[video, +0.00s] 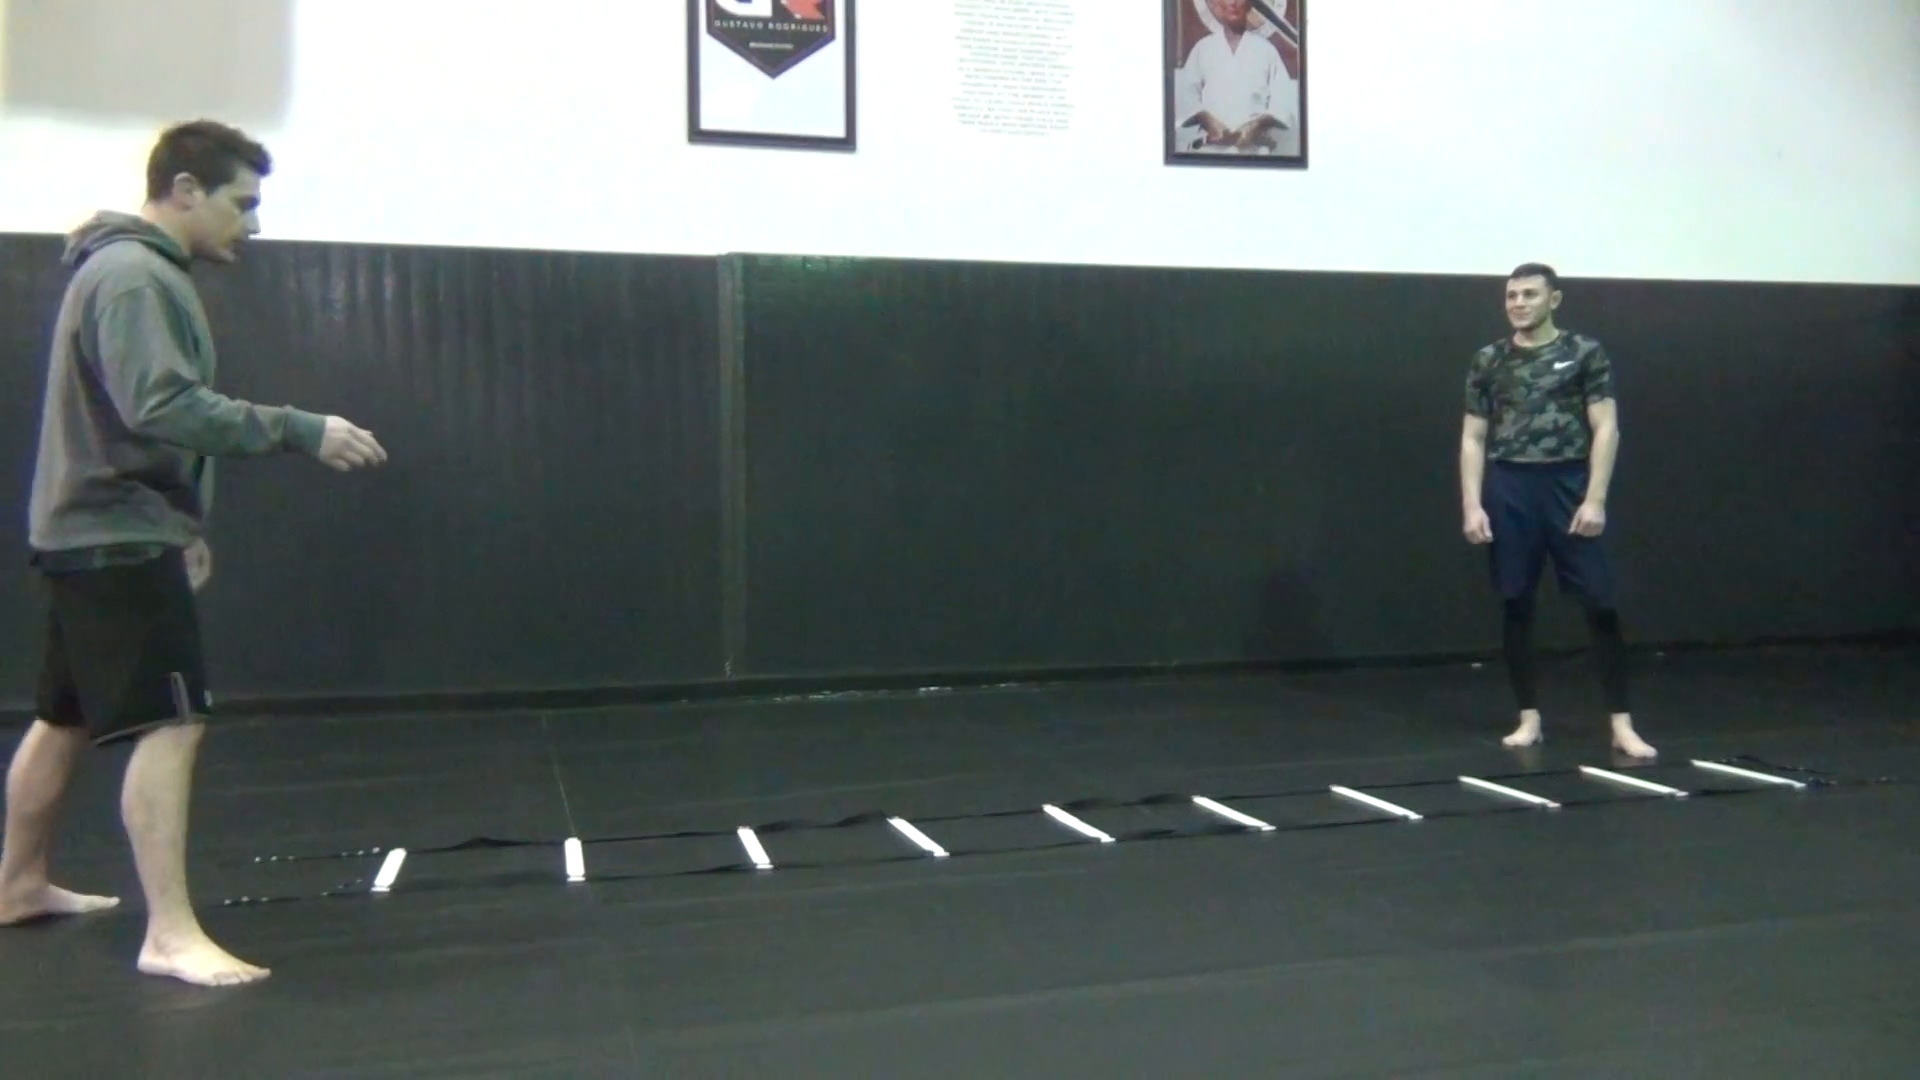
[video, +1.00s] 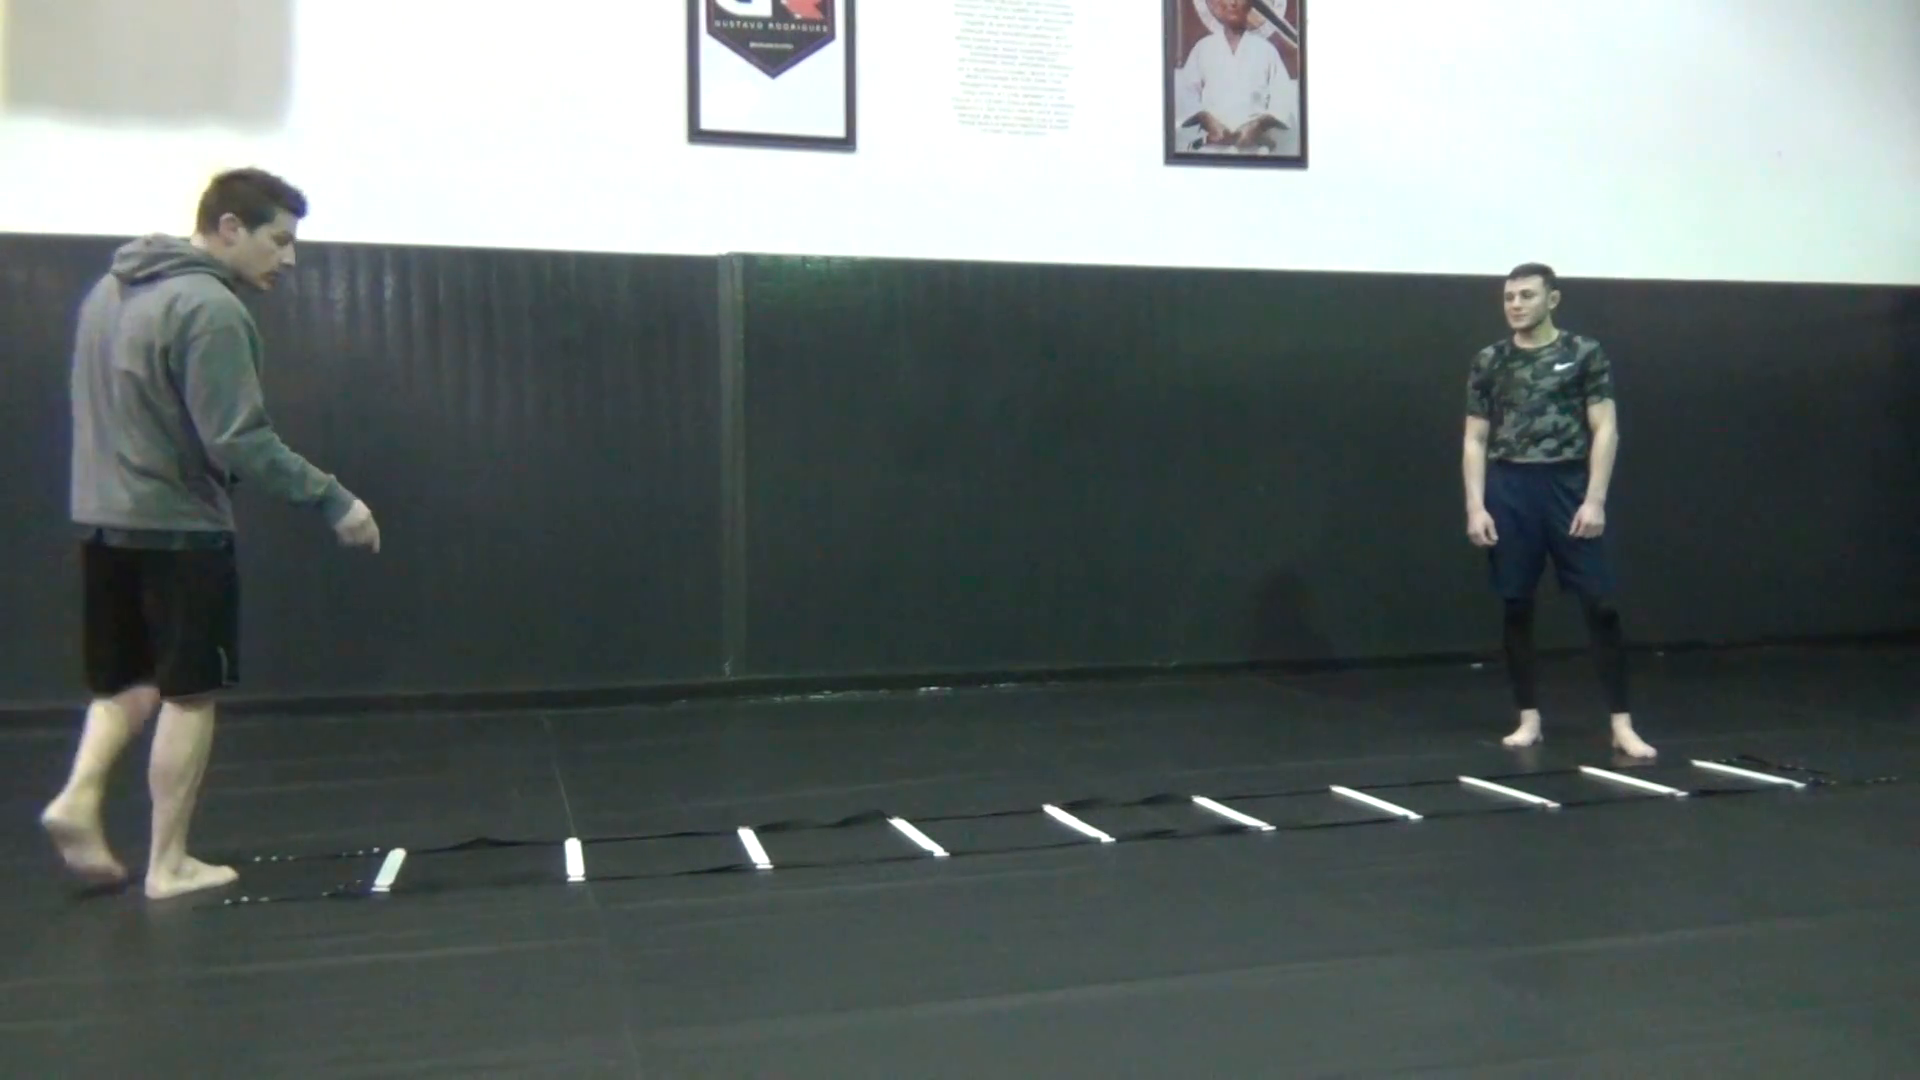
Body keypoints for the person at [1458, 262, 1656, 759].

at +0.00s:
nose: (1518, 303)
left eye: (1529, 295)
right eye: (1512, 296)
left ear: (1554, 299)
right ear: (1505, 302)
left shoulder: (1585, 353)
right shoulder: (1488, 360)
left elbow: (1605, 427)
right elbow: (1473, 437)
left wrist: (1595, 498)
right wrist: (1471, 504)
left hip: (1570, 489)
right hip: (1508, 490)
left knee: (1601, 603)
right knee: (1515, 603)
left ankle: (1620, 723)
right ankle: (1528, 717)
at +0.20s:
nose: (1518, 304)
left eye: (1529, 295)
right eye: (1512, 296)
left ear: (1554, 299)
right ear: (1505, 303)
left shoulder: (1586, 353)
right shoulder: (1488, 361)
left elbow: (1605, 428)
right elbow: (1474, 439)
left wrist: (1596, 498)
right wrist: (1474, 506)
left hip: (1571, 490)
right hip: (1509, 491)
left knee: (1602, 603)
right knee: (1517, 605)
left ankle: (1621, 723)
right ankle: (1528, 717)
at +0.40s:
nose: (1518, 304)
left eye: (1529, 295)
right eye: (1511, 297)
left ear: (1553, 299)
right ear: (1504, 303)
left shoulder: (1586, 353)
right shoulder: (1489, 361)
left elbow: (1605, 428)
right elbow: (1474, 438)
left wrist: (1596, 499)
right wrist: (1475, 507)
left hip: (1571, 490)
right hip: (1510, 492)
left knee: (1602, 604)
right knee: (1516, 605)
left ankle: (1621, 724)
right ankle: (1528, 717)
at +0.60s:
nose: (1516, 304)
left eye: (1528, 295)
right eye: (1510, 297)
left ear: (1553, 299)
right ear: (1504, 303)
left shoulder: (1586, 353)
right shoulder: (1489, 361)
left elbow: (1605, 429)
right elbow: (1475, 438)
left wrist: (1595, 499)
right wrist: (1475, 506)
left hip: (1571, 490)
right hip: (1509, 491)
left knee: (1602, 604)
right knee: (1515, 604)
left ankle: (1621, 723)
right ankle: (1528, 717)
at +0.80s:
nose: (1516, 305)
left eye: (1527, 296)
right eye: (1510, 297)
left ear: (1553, 299)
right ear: (1504, 303)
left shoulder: (1586, 353)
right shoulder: (1489, 361)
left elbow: (1604, 428)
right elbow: (1475, 438)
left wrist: (1595, 499)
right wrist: (1475, 506)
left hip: (1570, 490)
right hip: (1509, 491)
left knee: (1602, 603)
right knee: (1516, 604)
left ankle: (1621, 722)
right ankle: (1528, 717)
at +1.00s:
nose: (1516, 305)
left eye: (1527, 296)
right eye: (1510, 298)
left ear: (1552, 299)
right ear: (1503, 304)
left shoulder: (1585, 353)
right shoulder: (1489, 361)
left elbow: (1604, 428)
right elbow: (1475, 438)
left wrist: (1595, 499)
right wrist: (1475, 506)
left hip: (1570, 490)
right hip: (1509, 491)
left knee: (1601, 603)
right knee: (1515, 605)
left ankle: (1621, 724)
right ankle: (1528, 718)